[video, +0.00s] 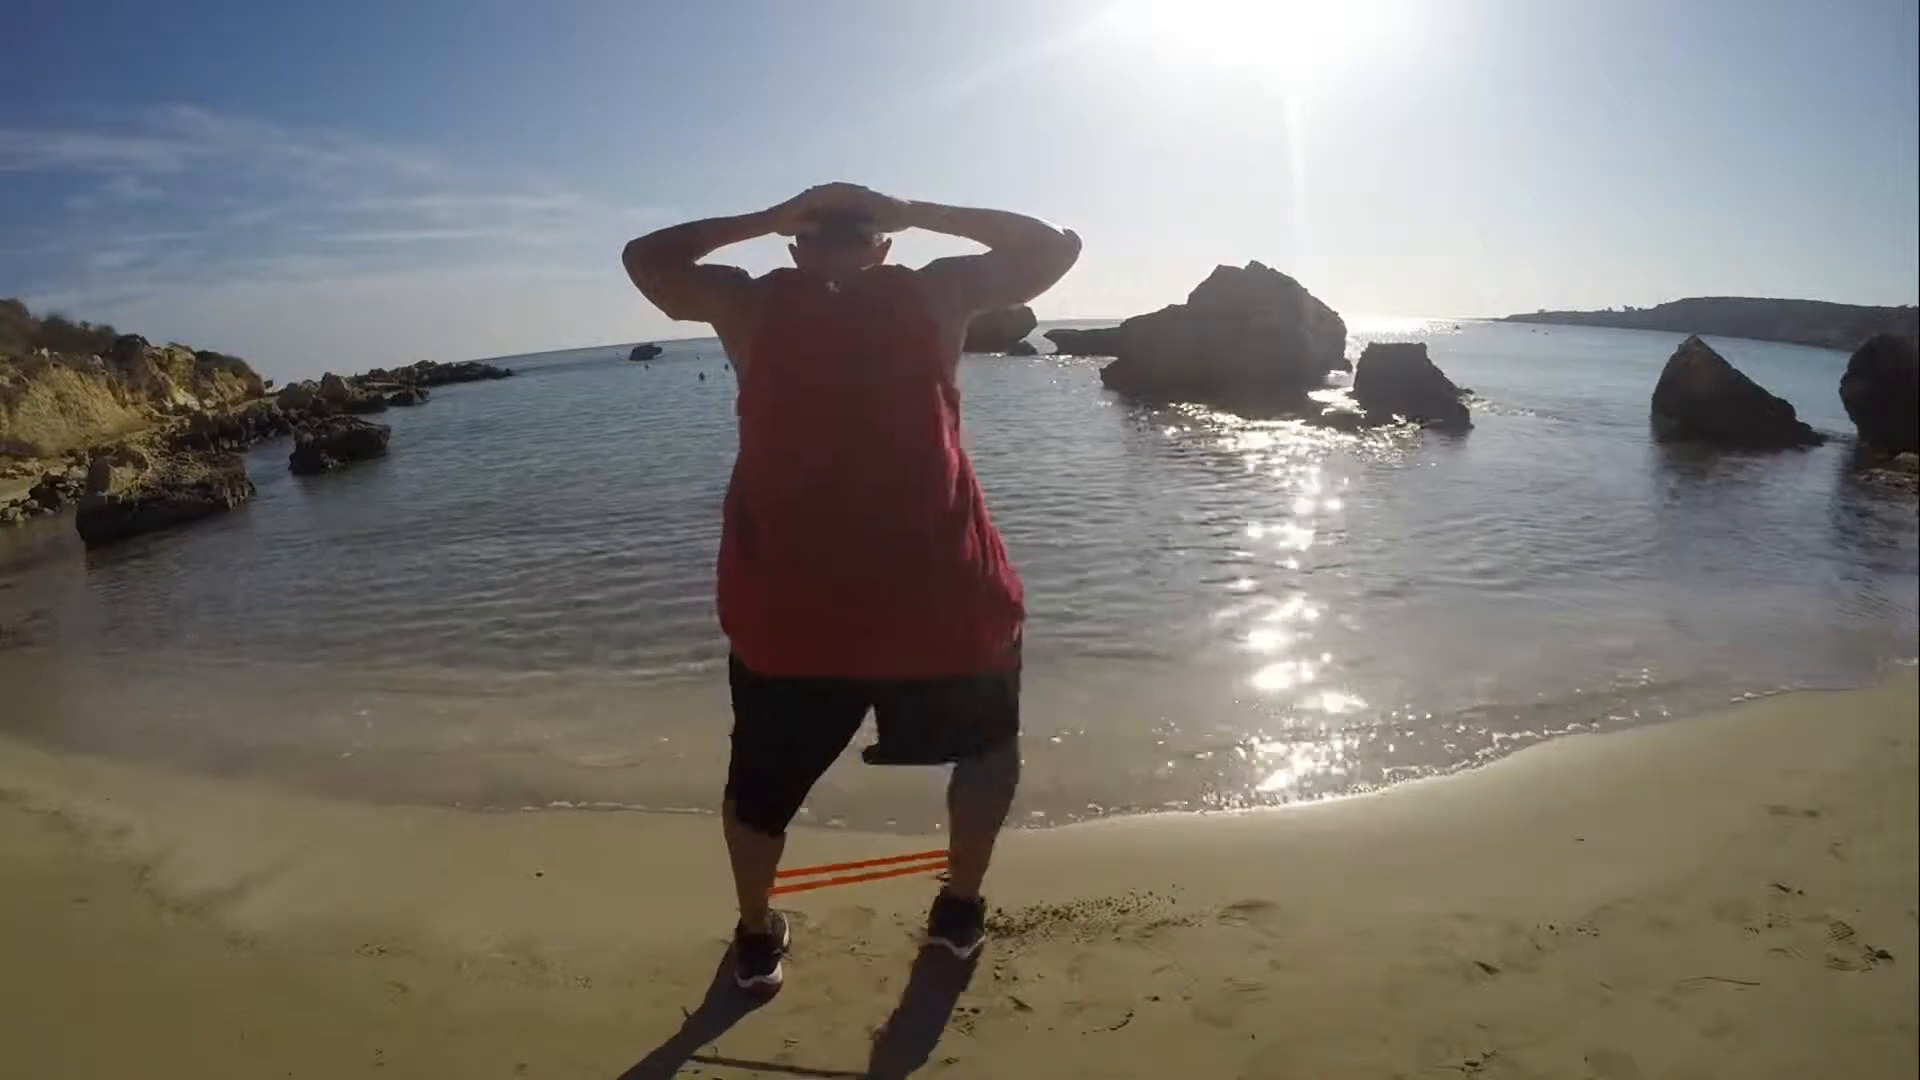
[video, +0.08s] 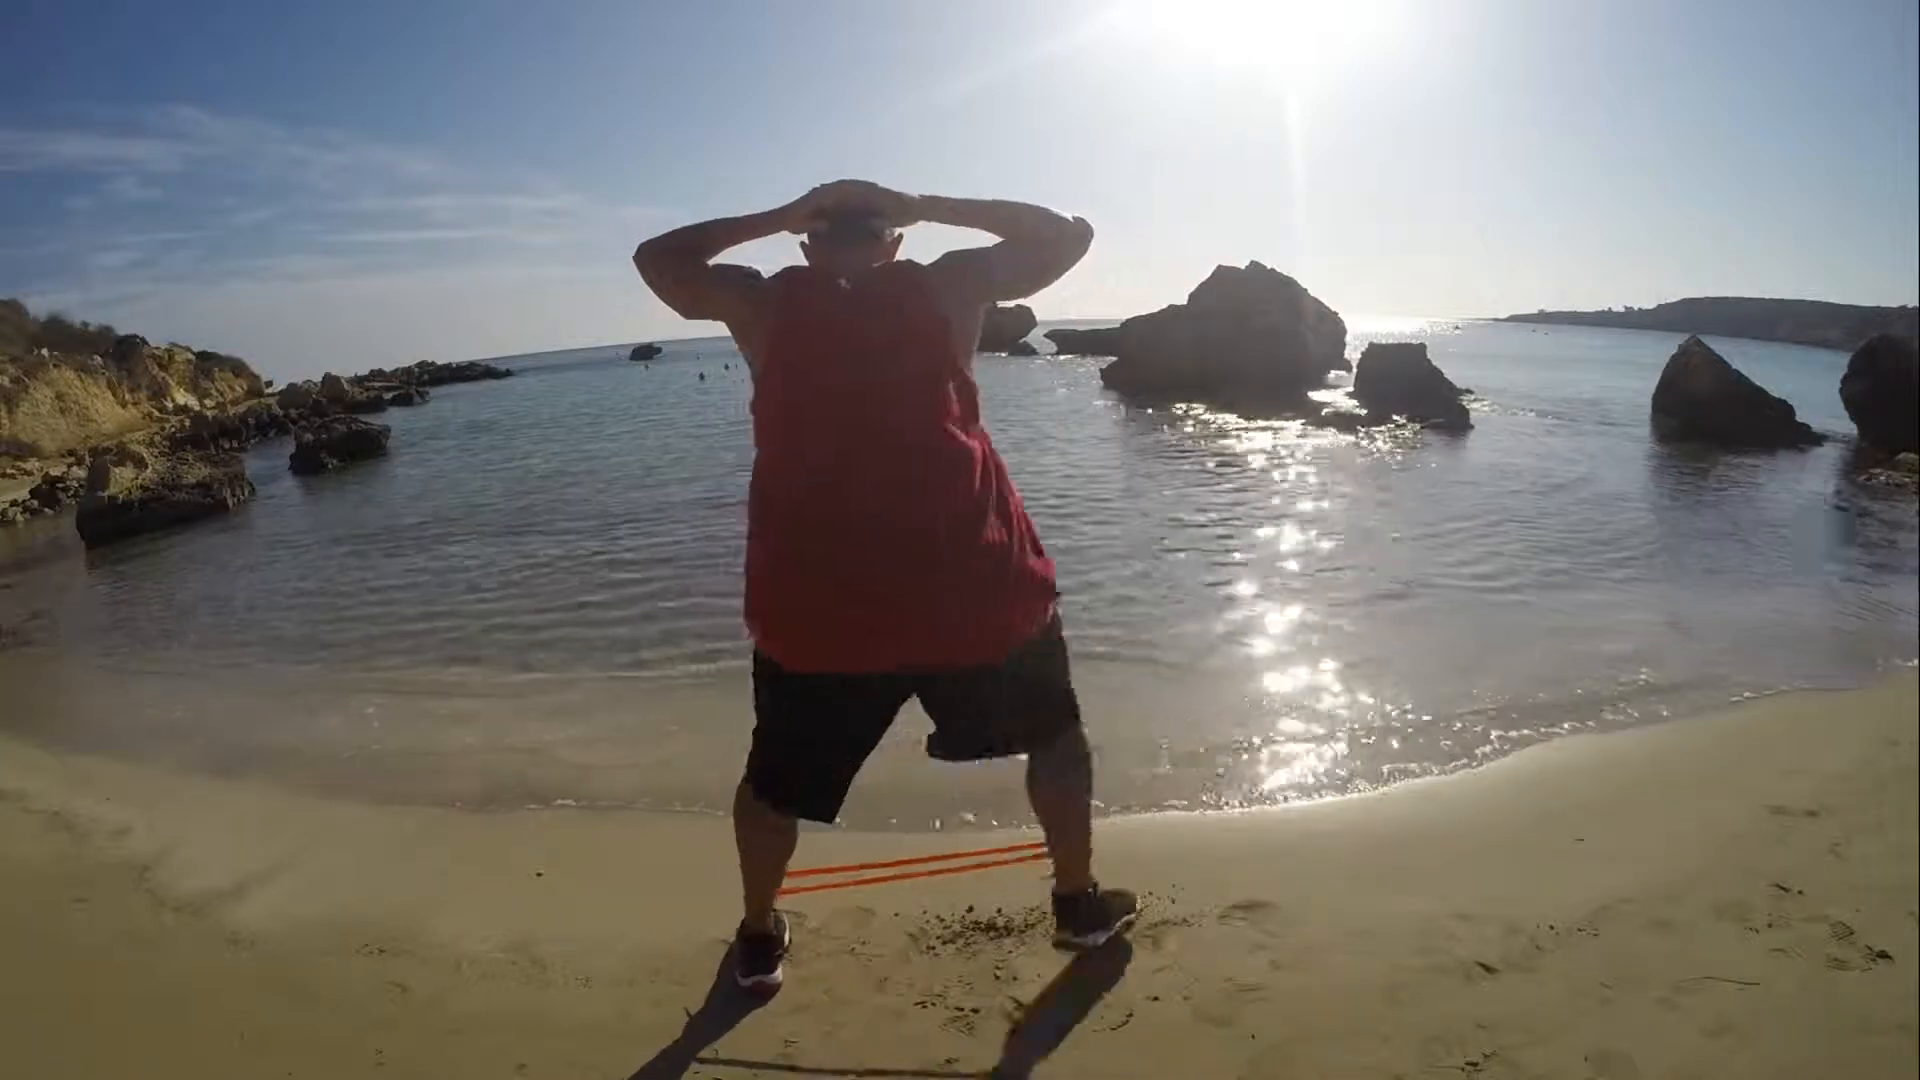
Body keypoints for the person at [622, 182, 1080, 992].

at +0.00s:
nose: (855, 235)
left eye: (830, 224)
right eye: (865, 226)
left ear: (797, 242)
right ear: (887, 244)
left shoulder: (750, 306)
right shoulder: (938, 296)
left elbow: (643, 257)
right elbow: (1053, 246)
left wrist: (768, 219)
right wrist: (914, 212)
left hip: (791, 598)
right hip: (936, 590)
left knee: (759, 783)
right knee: (987, 743)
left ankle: (754, 938)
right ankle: (959, 906)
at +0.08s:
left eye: (840, 219)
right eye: (879, 219)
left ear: (810, 240)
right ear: (896, 236)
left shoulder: (763, 304)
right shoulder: (950, 288)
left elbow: (658, 257)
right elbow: (1064, 235)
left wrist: (778, 219)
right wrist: (927, 207)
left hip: (817, 590)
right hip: (969, 575)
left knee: (777, 771)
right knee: (1054, 732)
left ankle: (756, 936)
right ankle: (1077, 901)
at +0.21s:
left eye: (865, 230)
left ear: (848, 245)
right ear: (939, 243)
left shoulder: (811, 309)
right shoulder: (994, 292)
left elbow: (693, 264)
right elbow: (1103, 234)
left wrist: (816, 224)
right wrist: (964, 209)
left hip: (875, 596)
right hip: (1031, 580)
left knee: (798, 768)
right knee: (1149, 735)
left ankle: (764, 934)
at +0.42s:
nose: (1020, 264)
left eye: (1017, 252)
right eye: (1023, 250)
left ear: (984, 268)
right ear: (1072, 258)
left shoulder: (959, 334)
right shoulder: (1139, 315)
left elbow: (820, 284)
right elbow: (1227, 249)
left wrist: (952, 241)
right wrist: (1098, 227)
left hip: (999, 617)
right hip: (1148, 618)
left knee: (870, 771)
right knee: (1224, 764)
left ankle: (785, 922)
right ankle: (1277, 907)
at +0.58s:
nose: (1094, 258)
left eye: (1097, 244)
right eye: (1096, 244)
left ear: (1095, 249)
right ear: (1166, 240)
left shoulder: (1071, 312)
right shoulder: (1237, 292)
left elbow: (917, 265)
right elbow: (1308, 237)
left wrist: (1051, 225)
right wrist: (1195, 213)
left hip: (1107, 563)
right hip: (1244, 568)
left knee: (969, 741)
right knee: (1267, 741)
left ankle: (927, 908)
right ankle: (1284, 908)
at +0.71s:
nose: (1142, 241)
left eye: (1144, 225)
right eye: (1145, 225)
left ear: (1138, 233)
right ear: (1210, 229)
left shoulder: (1113, 297)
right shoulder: (1277, 282)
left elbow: (961, 242)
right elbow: (1347, 235)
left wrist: (1097, 210)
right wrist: (1237, 204)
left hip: (1145, 570)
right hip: (1280, 573)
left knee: (1065, 734)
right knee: (1285, 738)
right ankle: (1287, 908)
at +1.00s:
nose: (1188, 254)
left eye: (1187, 241)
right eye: (1196, 239)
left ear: (1182, 248)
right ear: (1256, 245)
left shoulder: (1151, 308)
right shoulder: (1320, 300)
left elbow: (1013, 252)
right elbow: (1390, 263)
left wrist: (1145, 225)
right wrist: (1288, 225)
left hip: (1172, 573)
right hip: (1307, 576)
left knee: (1084, 730)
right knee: (1299, 731)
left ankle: (1103, 904)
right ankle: (1287, 910)